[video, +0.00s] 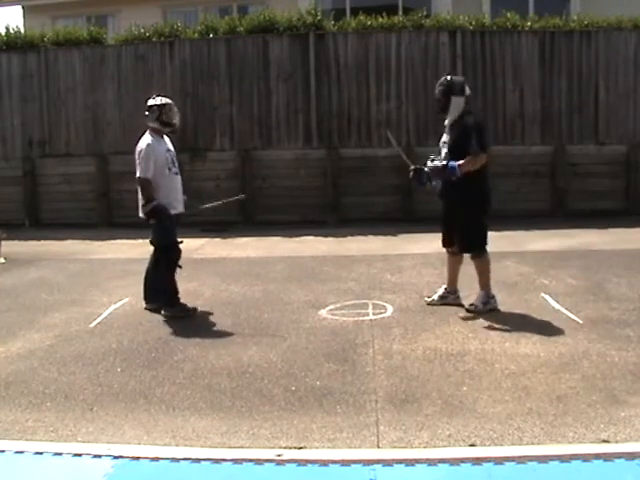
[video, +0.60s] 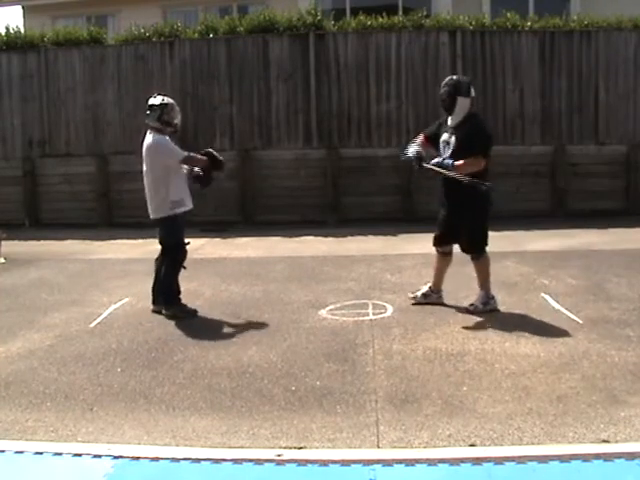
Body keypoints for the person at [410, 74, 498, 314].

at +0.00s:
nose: (439, 103)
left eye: (443, 97)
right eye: (440, 97)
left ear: (456, 98)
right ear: (450, 99)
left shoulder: (472, 124)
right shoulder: (450, 125)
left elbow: (480, 157)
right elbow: (447, 157)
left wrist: (451, 169)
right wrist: (427, 171)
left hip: (472, 197)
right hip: (453, 196)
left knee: (476, 246)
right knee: (452, 244)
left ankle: (486, 294)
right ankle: (450, 290)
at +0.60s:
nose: (443, 101)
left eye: (449, 96)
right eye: (443, 96)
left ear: (463, 99)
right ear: (445, 99)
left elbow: (480, 162)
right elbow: (424, 139)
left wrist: (452, 165)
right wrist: (416, 148)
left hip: (473, 198)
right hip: (453, 196)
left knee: (476, 248)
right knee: (443, 242)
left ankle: (486, 296)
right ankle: (435, 289)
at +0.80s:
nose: (435, 104)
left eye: (439, 100)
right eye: (435, 99)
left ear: (451, 101)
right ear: (442, 101)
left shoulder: (461, 127)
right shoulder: (442, 120)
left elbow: (462, 165)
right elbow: (422, 112)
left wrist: (435, 173)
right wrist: (406, 120)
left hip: (455, 196)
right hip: (441, 194)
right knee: (435, 244)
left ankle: (484, 293)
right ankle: (432, 290)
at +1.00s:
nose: (422, 100)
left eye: (426, 97)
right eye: (424, 97)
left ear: (437, 101)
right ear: (443, 101)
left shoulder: (443, 127)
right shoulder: (446, 120)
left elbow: (438, 164)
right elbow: (426, 98)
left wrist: (414, 165)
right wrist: (403, 102)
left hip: (441, 193)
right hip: (435, 191)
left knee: (439, 243)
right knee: (432, 242)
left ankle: (474, 286)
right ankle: (432, 289)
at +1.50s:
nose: (419, 100)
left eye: (423, 96)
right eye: (420, 96)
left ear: (433, 100)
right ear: (440, 100)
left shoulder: (439, 127)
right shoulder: (443, 120)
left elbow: (430, 164)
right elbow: (429, 93)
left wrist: (407, 158)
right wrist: (407, 82)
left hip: (436, 194)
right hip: (431, 192)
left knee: (439, 243)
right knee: (428, 241)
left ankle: (474, 285)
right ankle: (431, 289)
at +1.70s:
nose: (427, 101)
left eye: (431, 96)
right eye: (427, 96)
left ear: (443, 100)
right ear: (441, 100)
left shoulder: (455, 125)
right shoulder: (437, 123)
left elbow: (454, 164)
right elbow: (411, 122)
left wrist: (424, 159)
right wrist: (388, 110)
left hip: (451, 198)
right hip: (438, 196)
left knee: (459, 247)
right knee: (432, 243)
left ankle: (483, 293)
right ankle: (431, 290)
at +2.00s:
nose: (438, 101)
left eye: (443, 96)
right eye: (438, 96)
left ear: (456, 99)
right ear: (448, 100)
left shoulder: (472, 125)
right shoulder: (448, 126)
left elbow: (467, 155)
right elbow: (437, 159)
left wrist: (440, 143)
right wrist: (422, 183)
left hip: (474, 198)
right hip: (453, 197)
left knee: (479, 247)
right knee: (444, 242)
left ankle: (486, 295)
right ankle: (438, 290)